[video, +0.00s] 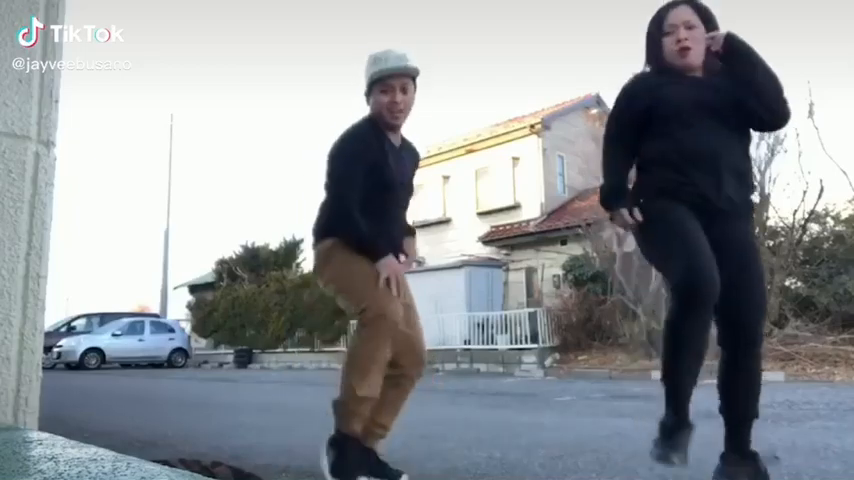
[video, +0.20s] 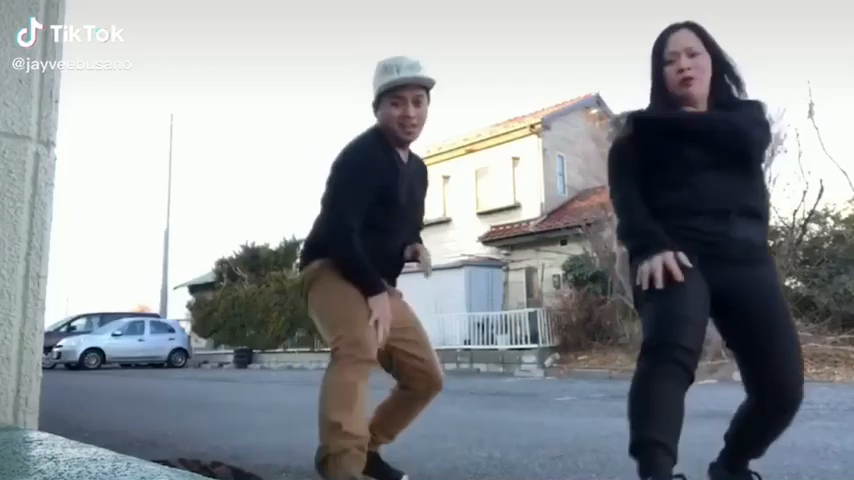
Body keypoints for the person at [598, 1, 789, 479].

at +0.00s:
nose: (681, 36)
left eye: (690, 28)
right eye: (671, 31)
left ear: (709, 38)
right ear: (657, 45)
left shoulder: (732, 82)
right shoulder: (644, 87)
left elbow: (776, 115)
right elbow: (617, 143)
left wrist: (736, 49)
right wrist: (615, 196)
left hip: (730, 213)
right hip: (664, 208)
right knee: (698, 284)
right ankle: (676, 423)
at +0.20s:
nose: (683, 65)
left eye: (693, 54)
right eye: (671, 59)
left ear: (713, 62)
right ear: (660, 74)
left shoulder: (747, 115)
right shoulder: (639, 128)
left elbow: (748, 141)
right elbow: (625, 195)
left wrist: (689, 116)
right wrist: (649, 246)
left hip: (745, 256)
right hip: (672, 255)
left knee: (783, 389)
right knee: (669, 351)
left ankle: (731, 466)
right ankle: (657, 470)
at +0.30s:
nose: (666, 58)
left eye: (677, 47)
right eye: (653, 52)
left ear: (701, 57)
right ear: (641, 70)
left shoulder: (737, 102)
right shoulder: (627, 131)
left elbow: (733, 145)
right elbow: (620, 207)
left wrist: (645, 150)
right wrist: (659, 254)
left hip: (740, 269)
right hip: (661, 269)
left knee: (791, 415)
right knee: (670, 359)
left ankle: (733, 467)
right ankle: (640, 474)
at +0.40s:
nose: (643, 53)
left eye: (656, 40)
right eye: (628, 46)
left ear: (681, 51)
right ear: (612, 68)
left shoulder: (726, 107)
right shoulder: (602, 144)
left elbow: (760, 152)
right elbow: (593, 224)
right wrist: (646, 268)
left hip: (728, 286)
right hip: (641, 287)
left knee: (803, 447)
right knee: (673, 342)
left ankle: (742, 462)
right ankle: (639, 473)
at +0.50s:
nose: (628, 60)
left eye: (641, 45)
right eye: (609, 53)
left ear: (669, 57)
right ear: (593, 77)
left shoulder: (726, 130)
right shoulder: (583, 167)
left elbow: (814, 207)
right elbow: (569, 245)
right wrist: (628, 284)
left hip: (727, 314)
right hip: (627, 313)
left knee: (806, 472)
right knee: (677, 343)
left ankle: (746, 460)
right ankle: (640, 472)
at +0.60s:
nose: (619, 78)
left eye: (633, 59)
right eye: (598, 70)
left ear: (665, 69)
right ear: (584, 95)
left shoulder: (725, 149)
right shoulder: (575, 188)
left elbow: (790, 238)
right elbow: (554, 274)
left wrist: (841, 312)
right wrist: (624, 303)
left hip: (723, 326)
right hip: (623, 332)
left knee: (799, 473)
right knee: (679, 352)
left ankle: (742, 461)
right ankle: (645, 474)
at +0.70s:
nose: (616, 94)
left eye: (631, 75)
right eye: (594, 87)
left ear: (662, 87)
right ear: (578, 112)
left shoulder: (732, 163)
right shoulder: (571, 202)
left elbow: (785, 264)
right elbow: (541, 296)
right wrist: (618, 327)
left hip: (731, 349)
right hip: (634, 357)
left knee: (792, 472)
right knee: (676, 364)